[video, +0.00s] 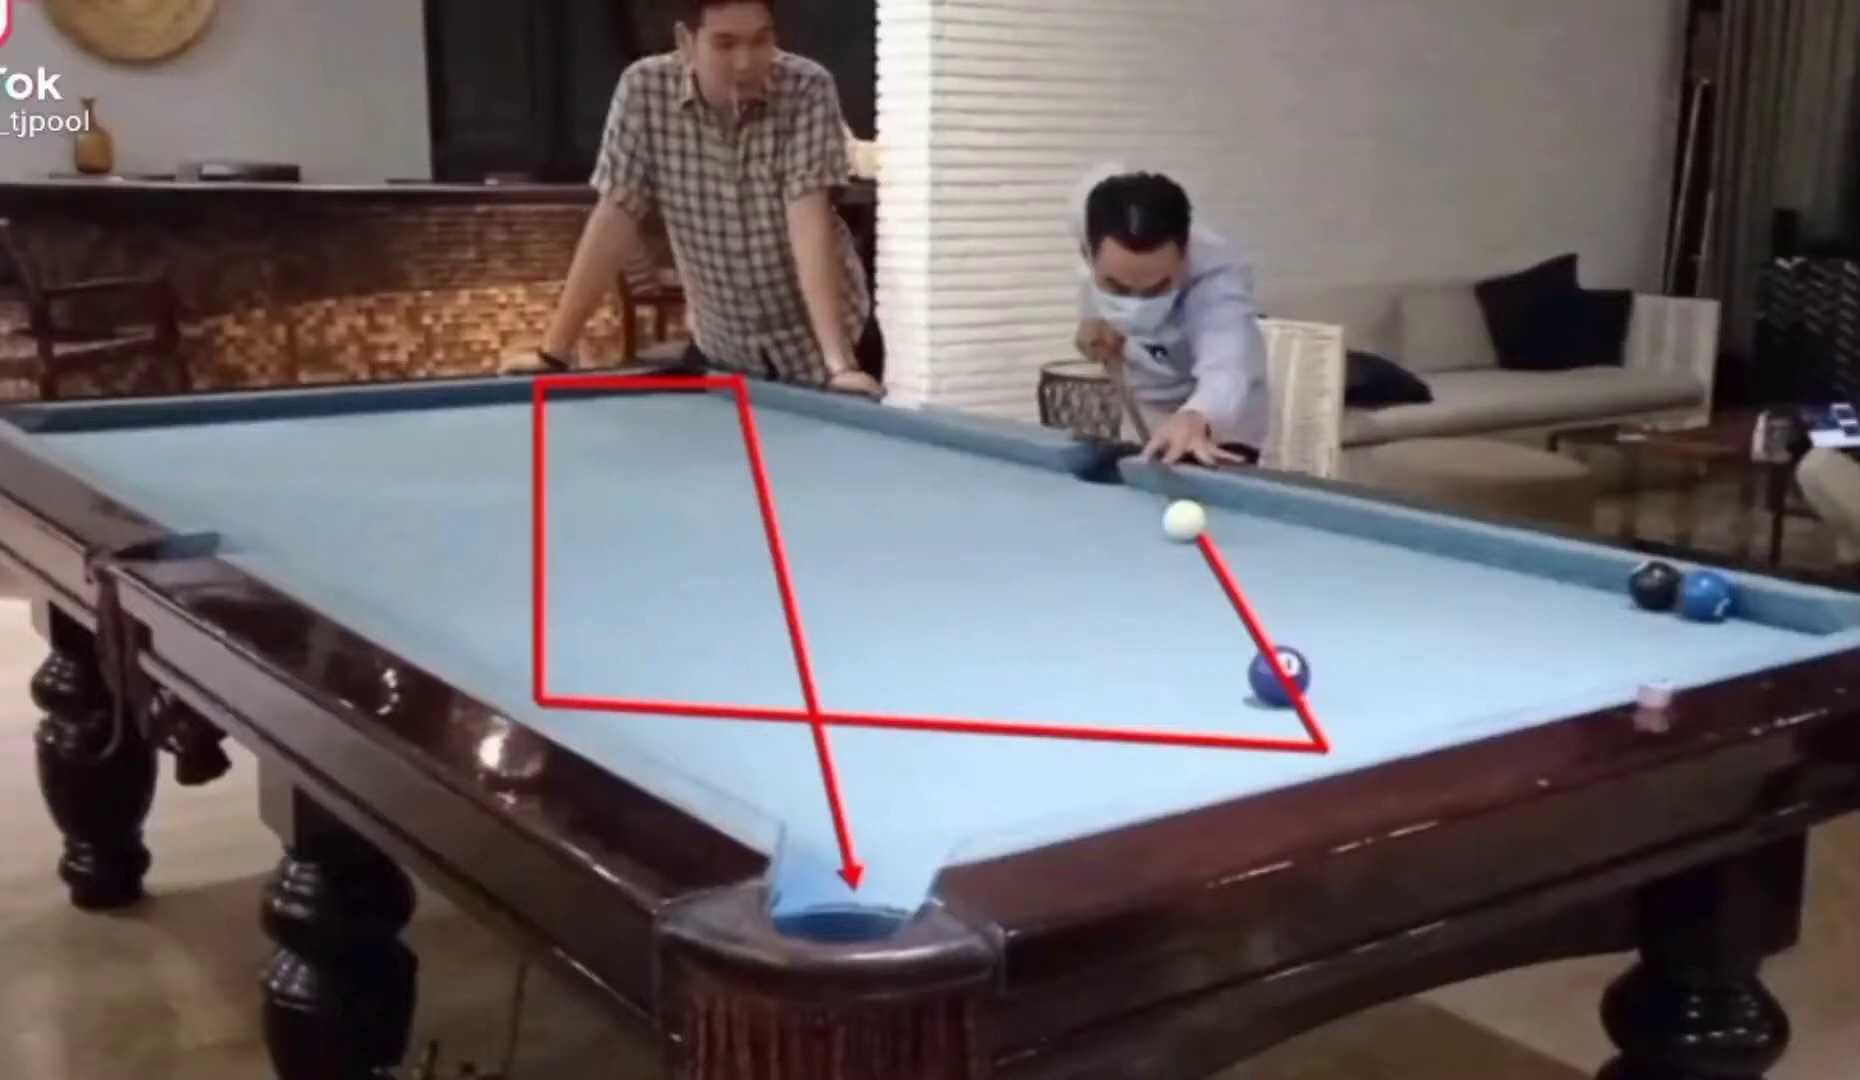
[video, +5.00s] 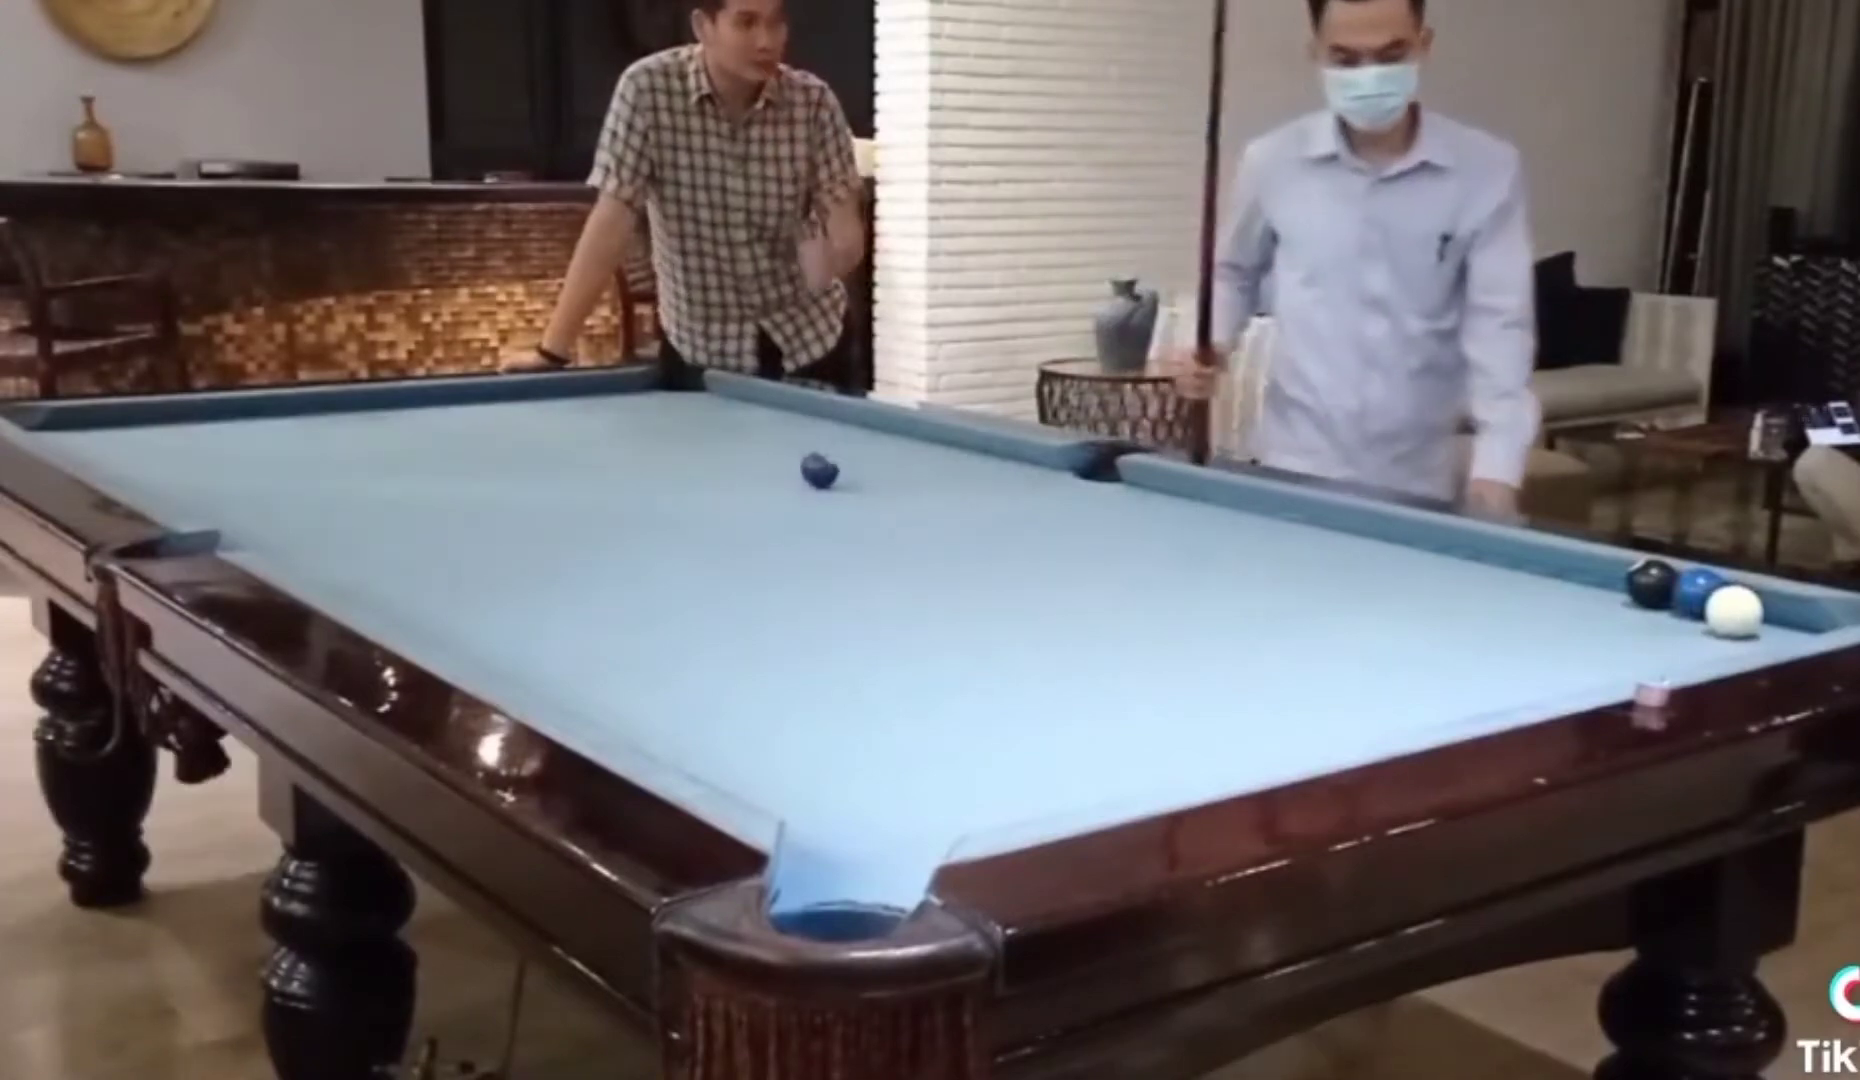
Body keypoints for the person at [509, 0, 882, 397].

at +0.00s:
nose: (746, 63)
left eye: (759, 41)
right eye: (725, 44)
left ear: (774, 36)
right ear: (686, 43)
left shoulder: (806, 89)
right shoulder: (644, 90)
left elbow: (810, 222)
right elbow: (614, 216)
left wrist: (839, 364)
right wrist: (554, 353)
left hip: (824, 349)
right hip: (723, 349)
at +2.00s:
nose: (746, 65)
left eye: (760, 42)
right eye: (724, 47)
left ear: (775, 36)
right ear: (687, 46)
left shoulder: (810, 89)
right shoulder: (650, 92)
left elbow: (811, 212)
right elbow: (618, 214)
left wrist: (838, 363)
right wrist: (553, 351)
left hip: (832, 343)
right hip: (728, 345)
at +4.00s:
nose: (750, 28)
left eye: (759, 11)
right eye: (729, 12)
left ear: (772, 15)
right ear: (685, 23)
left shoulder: (809, 104)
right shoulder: (637, 91)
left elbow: (854, 237)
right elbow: (609, 217)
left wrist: (847, 333)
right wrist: (553, 350)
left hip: (811, 338)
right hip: (704, 339)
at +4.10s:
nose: (757, 29)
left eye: (765, 13)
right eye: (737, 15)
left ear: (777, 19)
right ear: (691, 23)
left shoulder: (811, 101)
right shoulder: (638, 90)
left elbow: (858, 225)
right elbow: (610, 214)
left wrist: (836, 288)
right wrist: (553, 350)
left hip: (814, 342)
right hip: (701, 345)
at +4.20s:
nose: (766, 31)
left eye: (774, 14)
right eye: (745, 16)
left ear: (784, 19)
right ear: (698, 24)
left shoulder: (813, 102)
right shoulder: (642, 88)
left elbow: (858, 228)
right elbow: (610, 217)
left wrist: (832, 248)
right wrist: (552, 350)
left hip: (816, 336)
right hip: (702, 341)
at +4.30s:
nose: (772, 35)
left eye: (779, 17)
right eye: (751, 19)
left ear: (789, 21)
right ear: (704, 25)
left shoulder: (814, 100)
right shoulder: (645, 87)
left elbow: (852, 247)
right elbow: (610, 218)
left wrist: (820, 202)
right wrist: (552, 351)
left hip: (815, 333)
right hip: (701, 339)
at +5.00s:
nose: (767, 40)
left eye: (777, 23)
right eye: (746, 23)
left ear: (788, 26)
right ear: (703, 26)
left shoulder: (812, 101)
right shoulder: (649, 89)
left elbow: (845, 222)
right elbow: (612, 218)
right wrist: (552, 352)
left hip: (808, 335)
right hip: (701, 344)